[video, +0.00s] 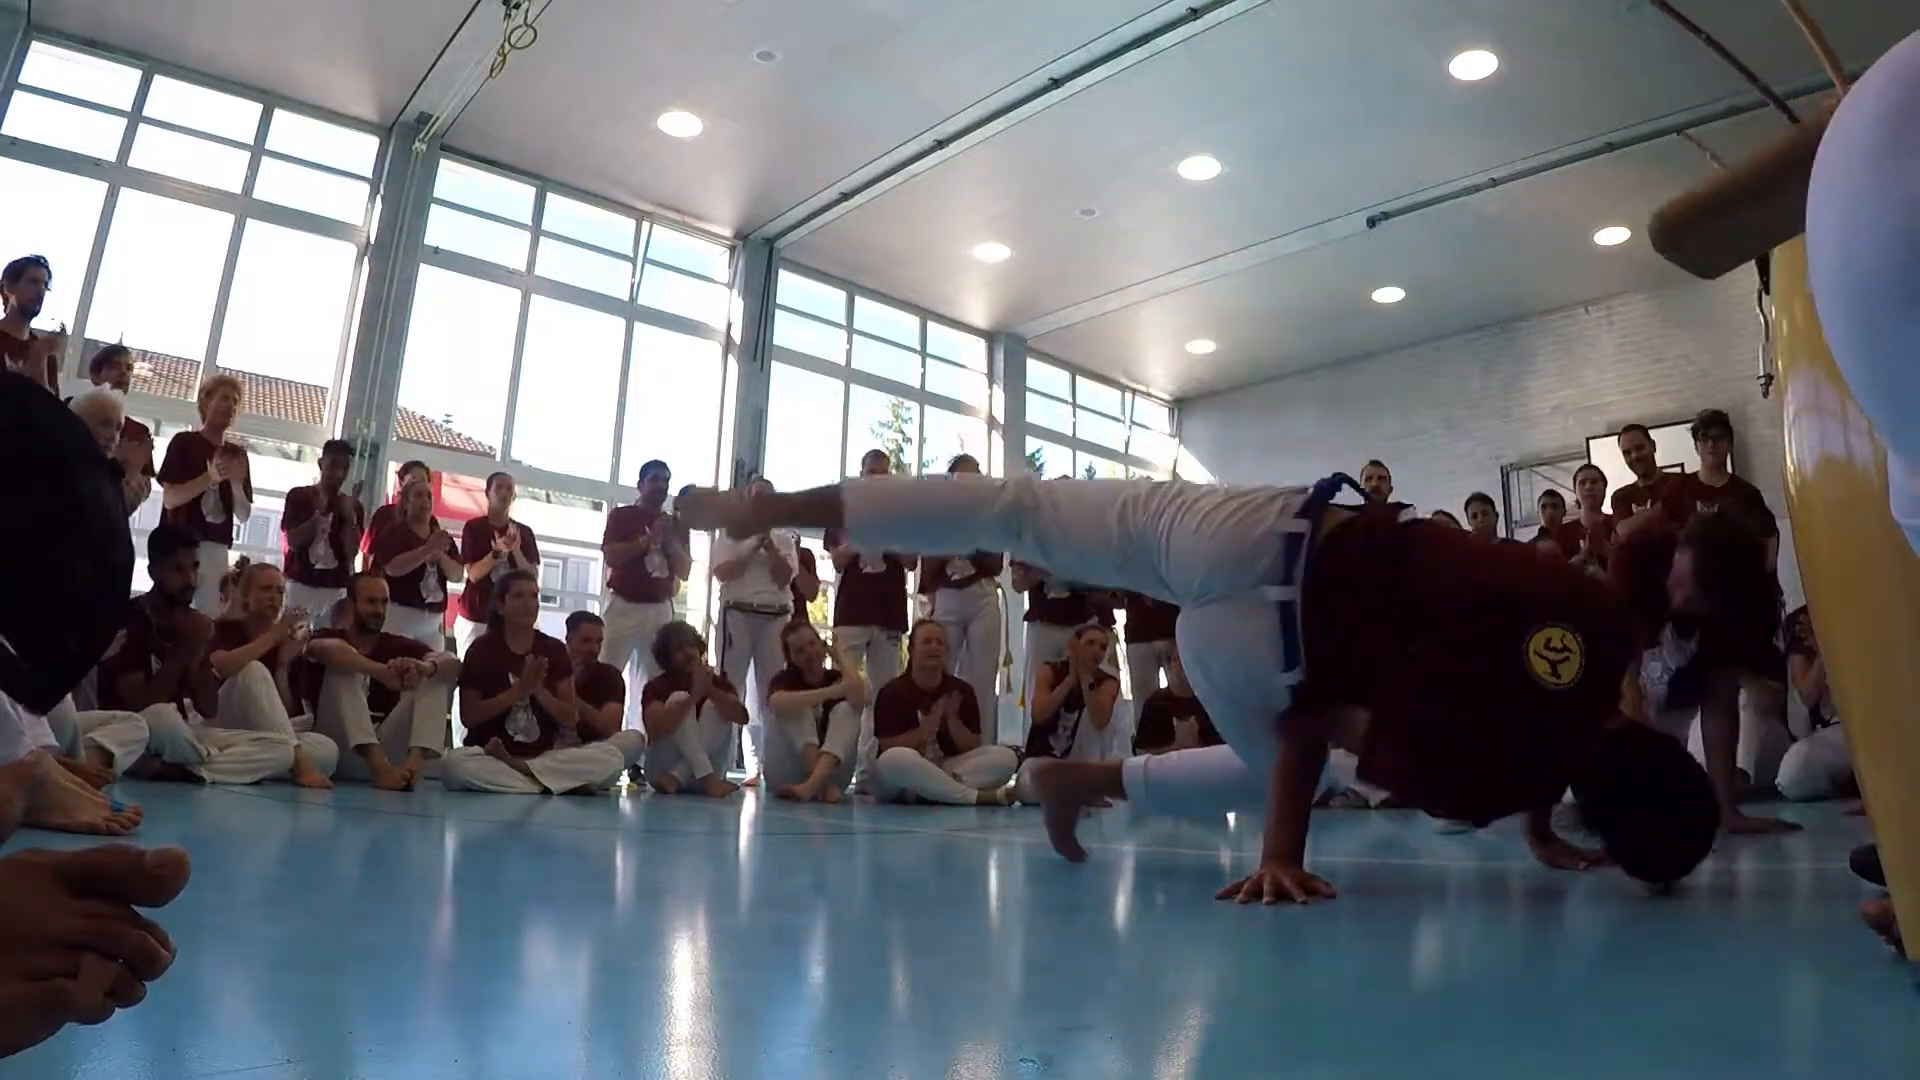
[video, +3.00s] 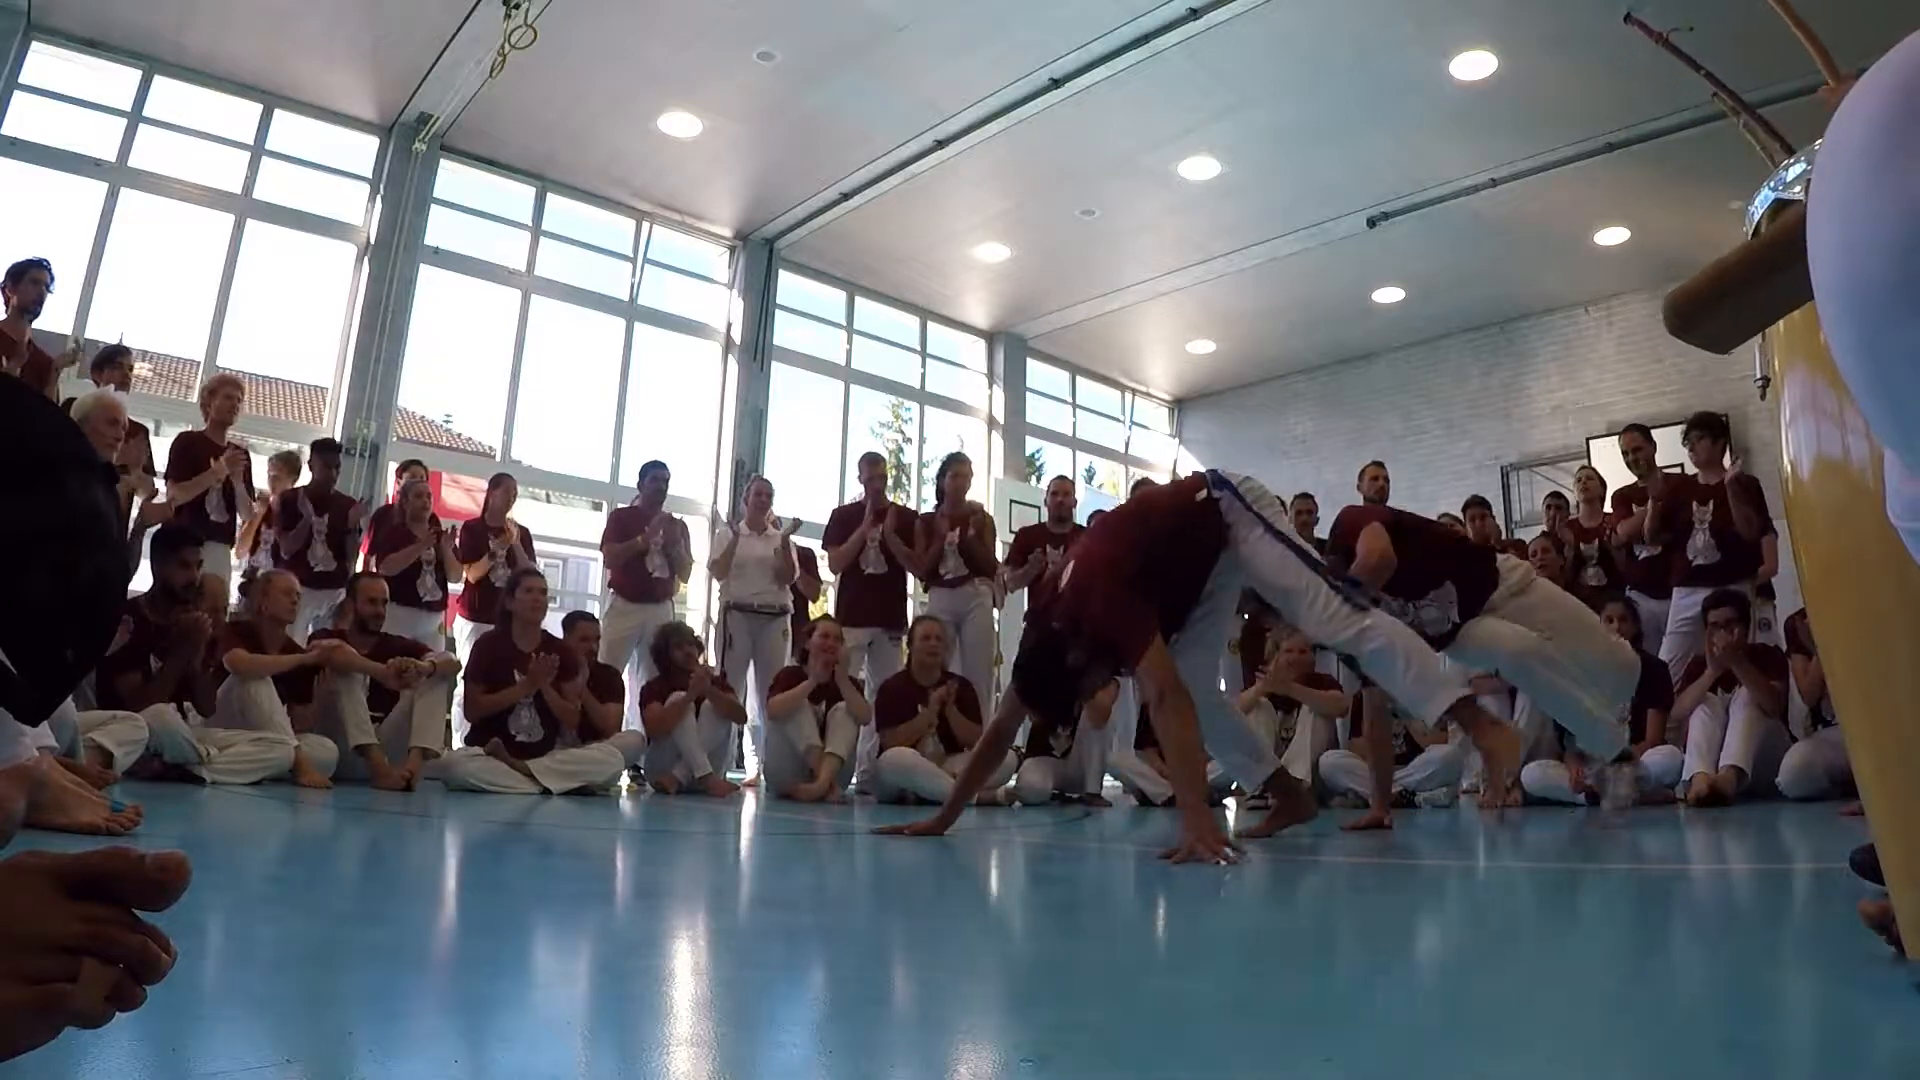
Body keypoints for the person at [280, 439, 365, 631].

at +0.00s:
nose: (337, 473)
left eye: (343, 468)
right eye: (332, 465)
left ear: (348, 471)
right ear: (321, 464)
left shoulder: (353, 506)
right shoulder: (298, 496)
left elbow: (352, 551)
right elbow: (293, 540)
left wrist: (348, 515)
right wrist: (317, 518)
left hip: (336, 589)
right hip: (301, 584)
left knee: (330, 653)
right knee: (293, 649)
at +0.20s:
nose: (340, 473)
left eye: (346, 467)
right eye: (335, 465)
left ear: (350, 472)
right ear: (322, 464)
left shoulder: (354, 510)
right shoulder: (296, 499)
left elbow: (357, 564)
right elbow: (275, 545)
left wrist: (339, 539)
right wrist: (315, 537)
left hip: (335, 594)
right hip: (298, 589)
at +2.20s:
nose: (342, 479)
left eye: (347, 473)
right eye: (336, 471)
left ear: (351, 474)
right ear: (321, 466)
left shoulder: (352, 508)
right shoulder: (297, 498)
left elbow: (351, 557)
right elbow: (288, 546)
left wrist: (358, 530)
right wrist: (308, 516)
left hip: (332, 590)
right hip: (297, 586)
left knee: (324, 656)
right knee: (286, 649)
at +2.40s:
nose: (337, 475)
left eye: (342, 469)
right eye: (333, 468)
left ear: (348, 471)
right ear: (320, 464)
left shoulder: (353, 509)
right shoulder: (296, 499)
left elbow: (351, 557)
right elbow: (273, 545)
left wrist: (339, 537)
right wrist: (310, 542)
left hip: (334, 592)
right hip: (296, 589)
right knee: (285, 654)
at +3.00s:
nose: (333, 473)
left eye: (337, 467)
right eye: (327, 466)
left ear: (341, 468)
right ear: (311, 465)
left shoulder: (348, 505)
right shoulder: (287, 499)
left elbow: (351, 557)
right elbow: (287, 548)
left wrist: (354, 527)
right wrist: (306, 522)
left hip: (334, 591)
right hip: (297, 589)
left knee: (328, 661)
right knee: (290, 656)